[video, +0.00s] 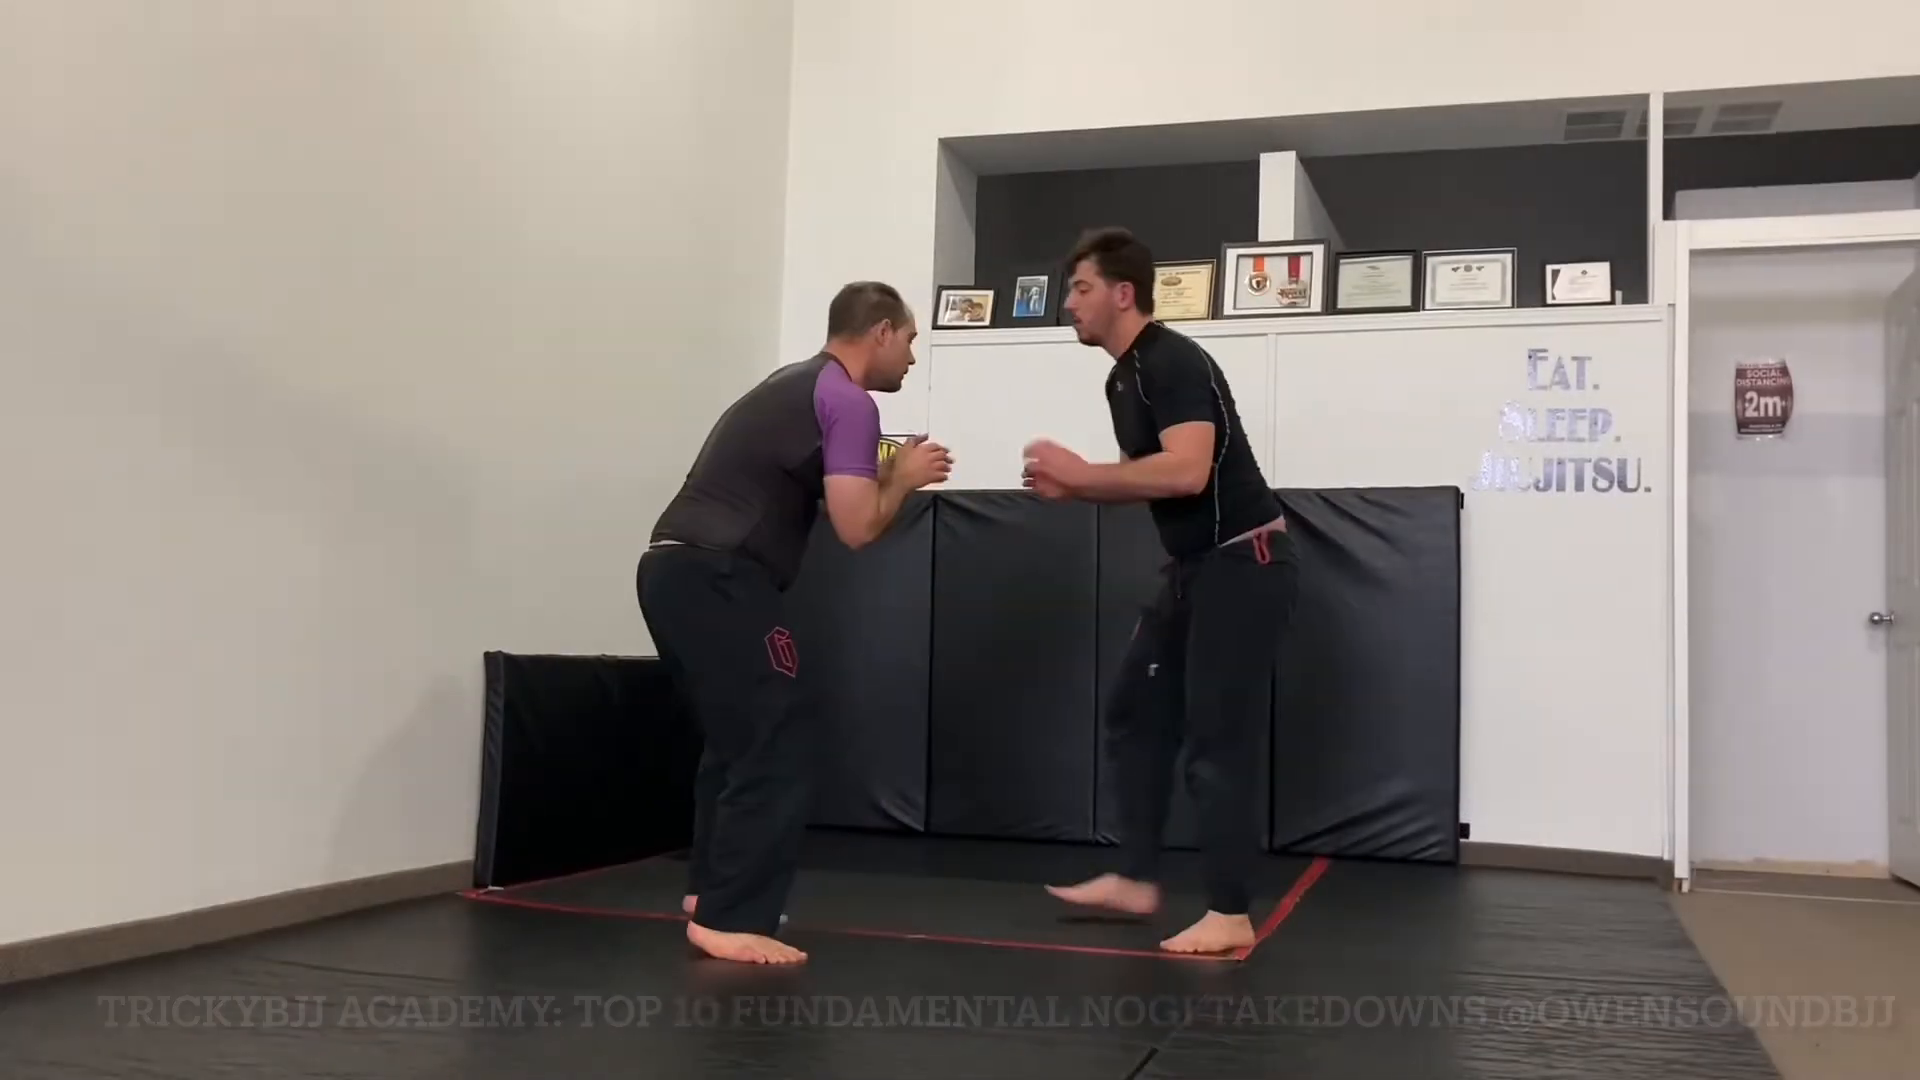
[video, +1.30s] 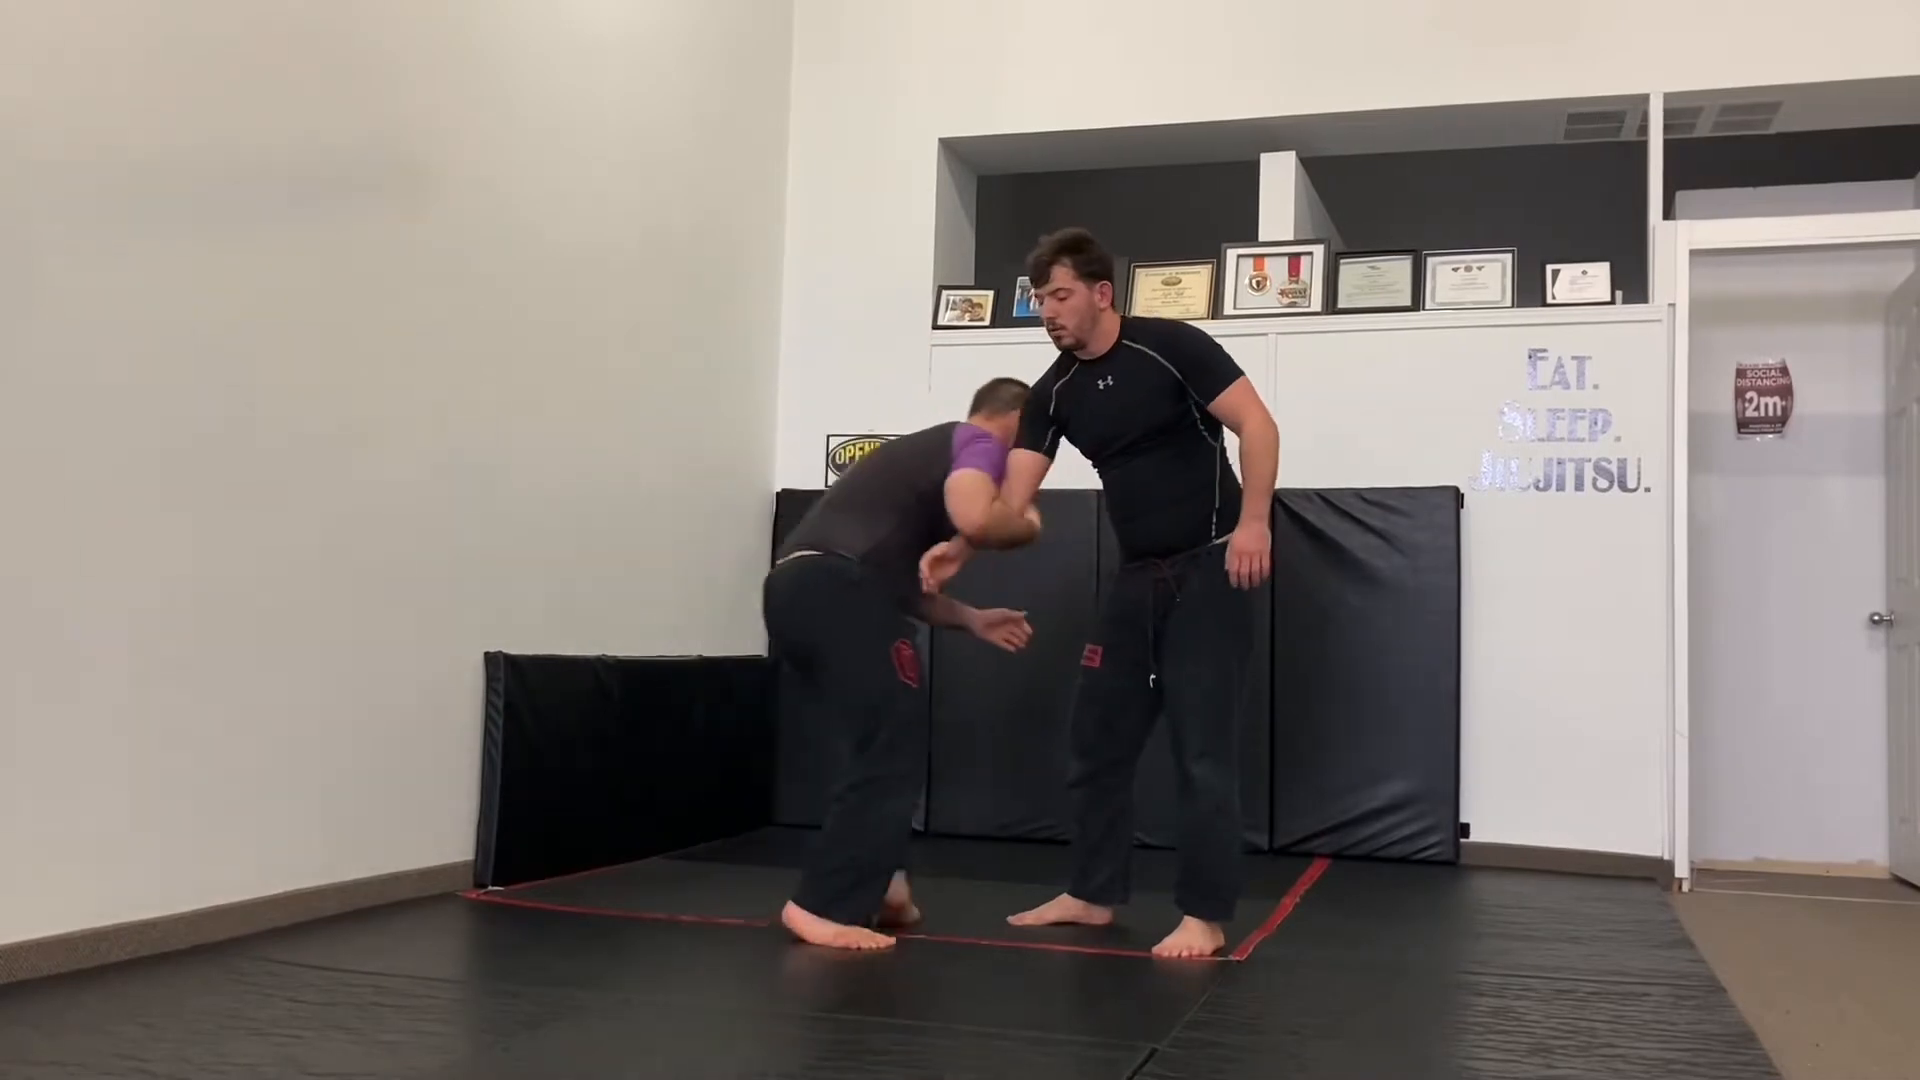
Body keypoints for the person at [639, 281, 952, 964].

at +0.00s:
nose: (913, 359)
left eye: (914, 344)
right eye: (911, 343)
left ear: (851, 332)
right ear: (883, 334)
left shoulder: (800, 382)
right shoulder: (845, 399)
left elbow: (827, 507)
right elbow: (859, 528)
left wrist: (888, 473)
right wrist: (904, 483)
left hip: (671, 569)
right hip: (715, 576)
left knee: (733, 736)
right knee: (773, 736)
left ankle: (712, 895)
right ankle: (735, 922)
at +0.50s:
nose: (922, 397)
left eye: (924, 384)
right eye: (921, 382)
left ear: (863, 371)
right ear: (895, 372)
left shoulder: (821, 417)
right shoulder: (853, 419)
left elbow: (860, 537)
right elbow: (916, 527)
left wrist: (953, 544)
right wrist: (987, 512)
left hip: (683, 575)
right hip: (706, 581)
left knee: (743, 742)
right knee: (766, 740)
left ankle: (739, 894)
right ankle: (726, 917)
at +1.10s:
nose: (983, 446)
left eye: (986, 433)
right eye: (985, 428)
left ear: (929, 404)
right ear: (966, 408)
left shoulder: (870, 444)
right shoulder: (929, 436)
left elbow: (835, 569)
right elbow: (968, 543)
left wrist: (925, 600)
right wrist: (1020, 513)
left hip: (737, 584)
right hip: (788, 589)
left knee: (797, 730)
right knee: (854, 741)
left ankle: (751, 867)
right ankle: (817, 911)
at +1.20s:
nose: (1003, 443)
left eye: (1006, 435)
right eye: (1006, 431)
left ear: (951, 406)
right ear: (993, 412)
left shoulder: (897, 446)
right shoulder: (954, 438)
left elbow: (866, 577)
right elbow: (966, 538)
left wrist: (948, 610)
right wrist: (1016, 511)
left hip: (770, 582)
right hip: (815, 587)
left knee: (844, 729)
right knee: (879, 744)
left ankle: (815, 862)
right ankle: (823, 909)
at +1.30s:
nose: (1024, 451)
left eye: (1027, 445)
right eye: (1026, 439)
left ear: (976, 414)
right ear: (1010, 421)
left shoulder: (925, 451)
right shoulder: (976, 440)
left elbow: (893, 583)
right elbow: (975, 520)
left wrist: (971, 617)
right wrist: (1027, 524)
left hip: (794, 581)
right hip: (841, 584)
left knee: (872, 730)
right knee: (894, 741)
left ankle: (879, 878)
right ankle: (822, 904)